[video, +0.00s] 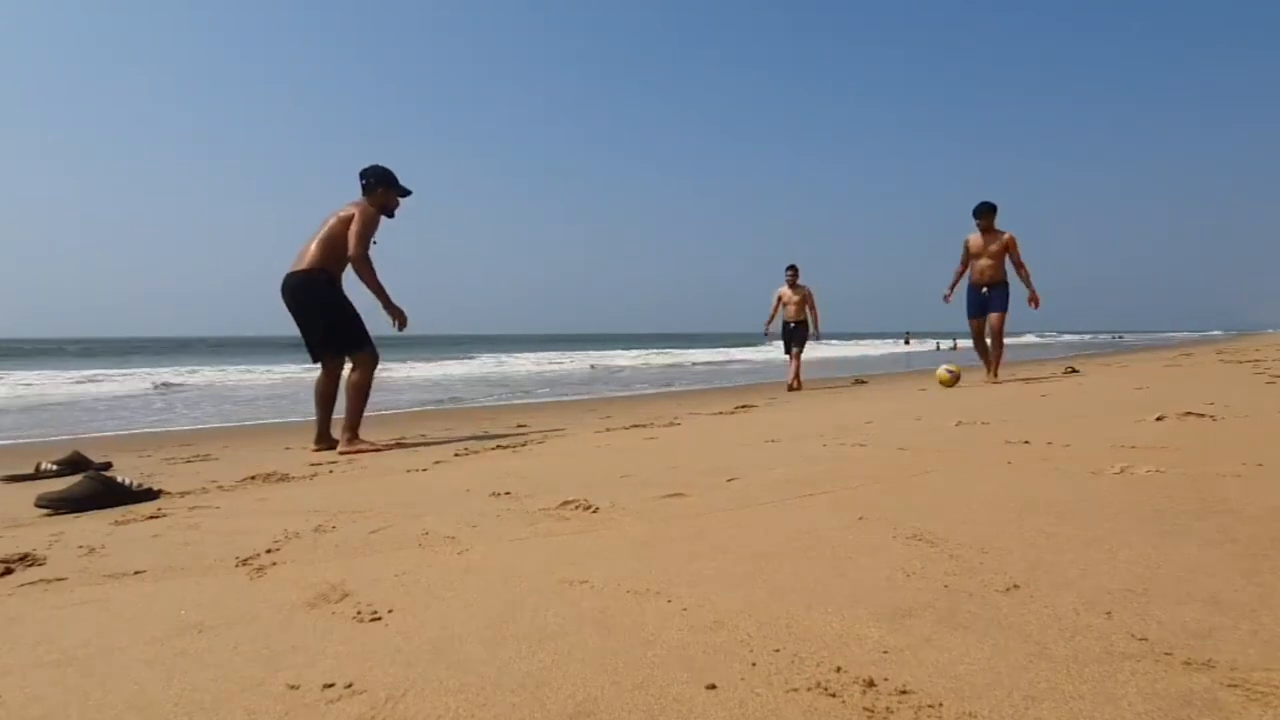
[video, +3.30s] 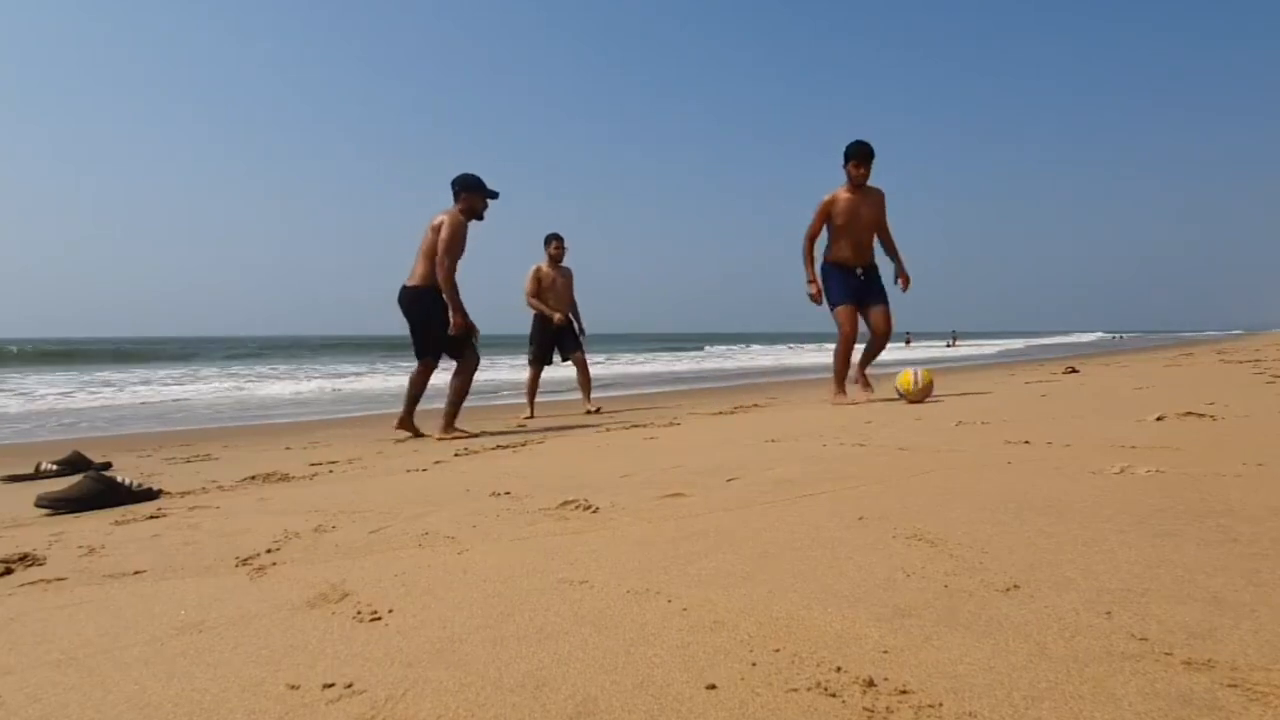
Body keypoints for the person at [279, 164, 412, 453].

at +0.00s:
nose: (397, 203)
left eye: (398, 197)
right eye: (394, 195)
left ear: (372, 192)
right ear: (378, 191)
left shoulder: (348, 212)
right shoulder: (366, 211)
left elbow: (328, 264)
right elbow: (357, 256)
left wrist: (336, 303)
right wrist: (389, 305)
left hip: (294, 283)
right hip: (317, 283)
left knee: (332, 361)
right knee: (365, 358)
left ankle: (323, 436)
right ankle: (350, 437)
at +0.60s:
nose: (407, 183)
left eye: (407, 177)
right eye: (404, 176)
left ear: (382, 174)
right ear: (386, 174)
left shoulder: (358, 198)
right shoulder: (369, 196)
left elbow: (357, 257)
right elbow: (356, 243)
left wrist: (388, 298)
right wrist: (381, 291)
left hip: (316, 278)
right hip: (331, 277)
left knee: (347, 360)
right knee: (368, 356)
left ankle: (326, 437)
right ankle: (350, 438)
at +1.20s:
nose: (412, 175)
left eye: (412, 169)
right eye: (408, 168)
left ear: (387, 167)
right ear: (392, 165)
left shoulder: (367, 193)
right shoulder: (380, 192)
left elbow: (368, 256)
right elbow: (375, 242)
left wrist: (393, 295)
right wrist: (405, 290)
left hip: (344, 276)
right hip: (350, 275)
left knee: (375, 357)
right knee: (378, 357)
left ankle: (358, 431)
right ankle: (351, 435)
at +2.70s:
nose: (437, 193)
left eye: (437, 188)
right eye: (433, 188)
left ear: (415, 189)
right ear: (417, 188)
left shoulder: (402, 214)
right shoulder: (409, 215)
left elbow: (399, 263)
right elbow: (405, 262)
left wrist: (421, 300)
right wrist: (426, 300)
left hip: (389, 287)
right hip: (393, 289)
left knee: (405, 358)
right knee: (403, 359)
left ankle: (382, 422)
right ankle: (365, 421)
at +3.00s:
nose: (455, 225)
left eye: (455, 220)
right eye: (451, 220)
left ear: (432, 221)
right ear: (436, 220)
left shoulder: (418, 243)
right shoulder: (433, 242)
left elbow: (422, 298)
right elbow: (429, 285)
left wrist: (449, 326)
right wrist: (448, 325)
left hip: (390, 311)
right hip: (403, 313)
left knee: (426, 372)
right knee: (439, 375)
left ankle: (397, 425)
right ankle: (384, 414)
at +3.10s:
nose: (465, 228)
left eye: (465, 223)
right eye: (461, 222)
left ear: (441, 222)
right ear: (445, 221)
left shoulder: (424, 244)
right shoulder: (439, 245)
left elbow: (427, 297)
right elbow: (432, 286)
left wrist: (451, 330)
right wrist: (448, 329)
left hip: (392, 311)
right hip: (407, 312)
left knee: (427, 368)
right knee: (457, 367)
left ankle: (398, 424)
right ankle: (413, 415)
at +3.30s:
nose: (487, 204)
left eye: (486, 199)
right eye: (482, 198)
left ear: (462, 198)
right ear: (465, 197)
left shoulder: (444, 220)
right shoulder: (454, 222)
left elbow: (442, 273)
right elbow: (444, 270)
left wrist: (461, 314)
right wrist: (458, 312)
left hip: (413, 295)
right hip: (428, 296)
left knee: (428, 359)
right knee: (469, 359)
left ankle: (406, 418)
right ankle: (448, 426)